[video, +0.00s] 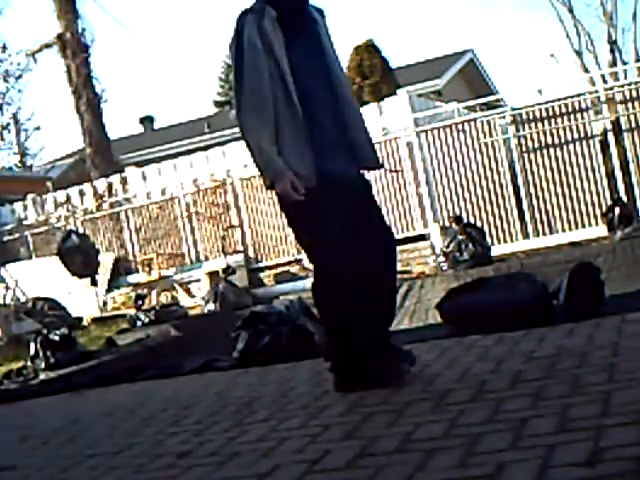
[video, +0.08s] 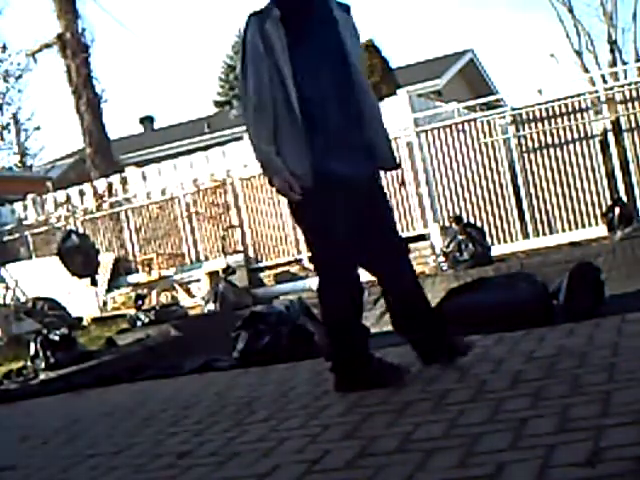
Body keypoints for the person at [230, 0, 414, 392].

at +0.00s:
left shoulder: (314, 17)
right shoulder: (254, 23)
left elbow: (329, 91)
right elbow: (250, 111)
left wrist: (355, 153)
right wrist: (275, 169)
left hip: (341, 169)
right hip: (303, 176)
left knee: (379, 248)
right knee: (337, 263)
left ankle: (377, 347)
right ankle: (353, 369)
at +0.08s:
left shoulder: (339, 14)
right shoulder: (261, 26)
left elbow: (358, 84)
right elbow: (255, 105)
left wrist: (379, 148)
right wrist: (272, 165)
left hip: (358, 167)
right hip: (310, 175)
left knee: (393, 260)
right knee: (336, 274)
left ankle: (433, 342)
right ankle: (351, 367)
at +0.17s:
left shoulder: (353, 13)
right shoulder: (268, 27)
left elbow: (376, 86)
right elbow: (261, 105)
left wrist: (391, 151)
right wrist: (271, 161)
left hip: (368, 169)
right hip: (316, 178)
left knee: (407, 259)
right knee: (339, 276)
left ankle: (448, 344)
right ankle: (352, 366)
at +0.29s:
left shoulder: (383, 12)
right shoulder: (288, 26)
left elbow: (411, 80)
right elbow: (278, 99)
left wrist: (436, 135)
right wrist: (278, 161)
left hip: (390, 168)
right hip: (334, 177)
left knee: (425, 258)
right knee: (349, 275)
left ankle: (454, 345)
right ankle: (353, 365)